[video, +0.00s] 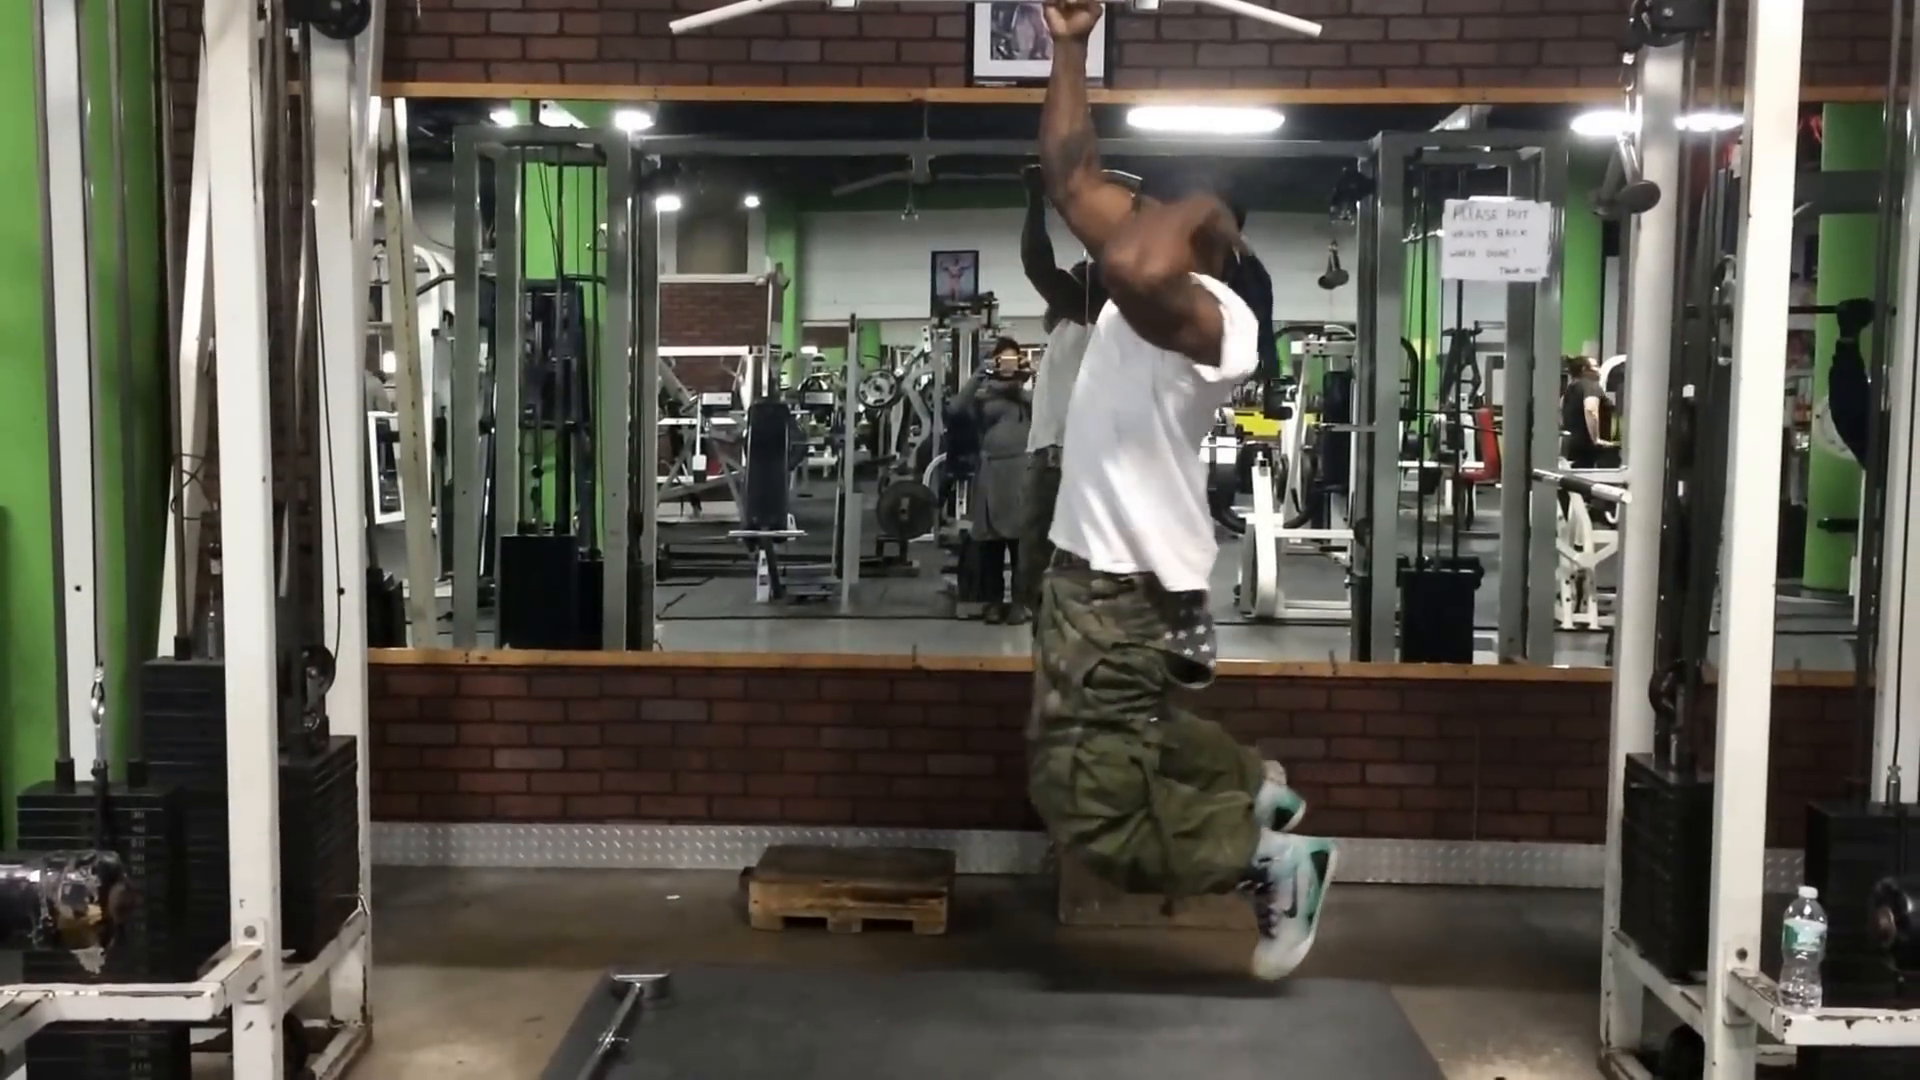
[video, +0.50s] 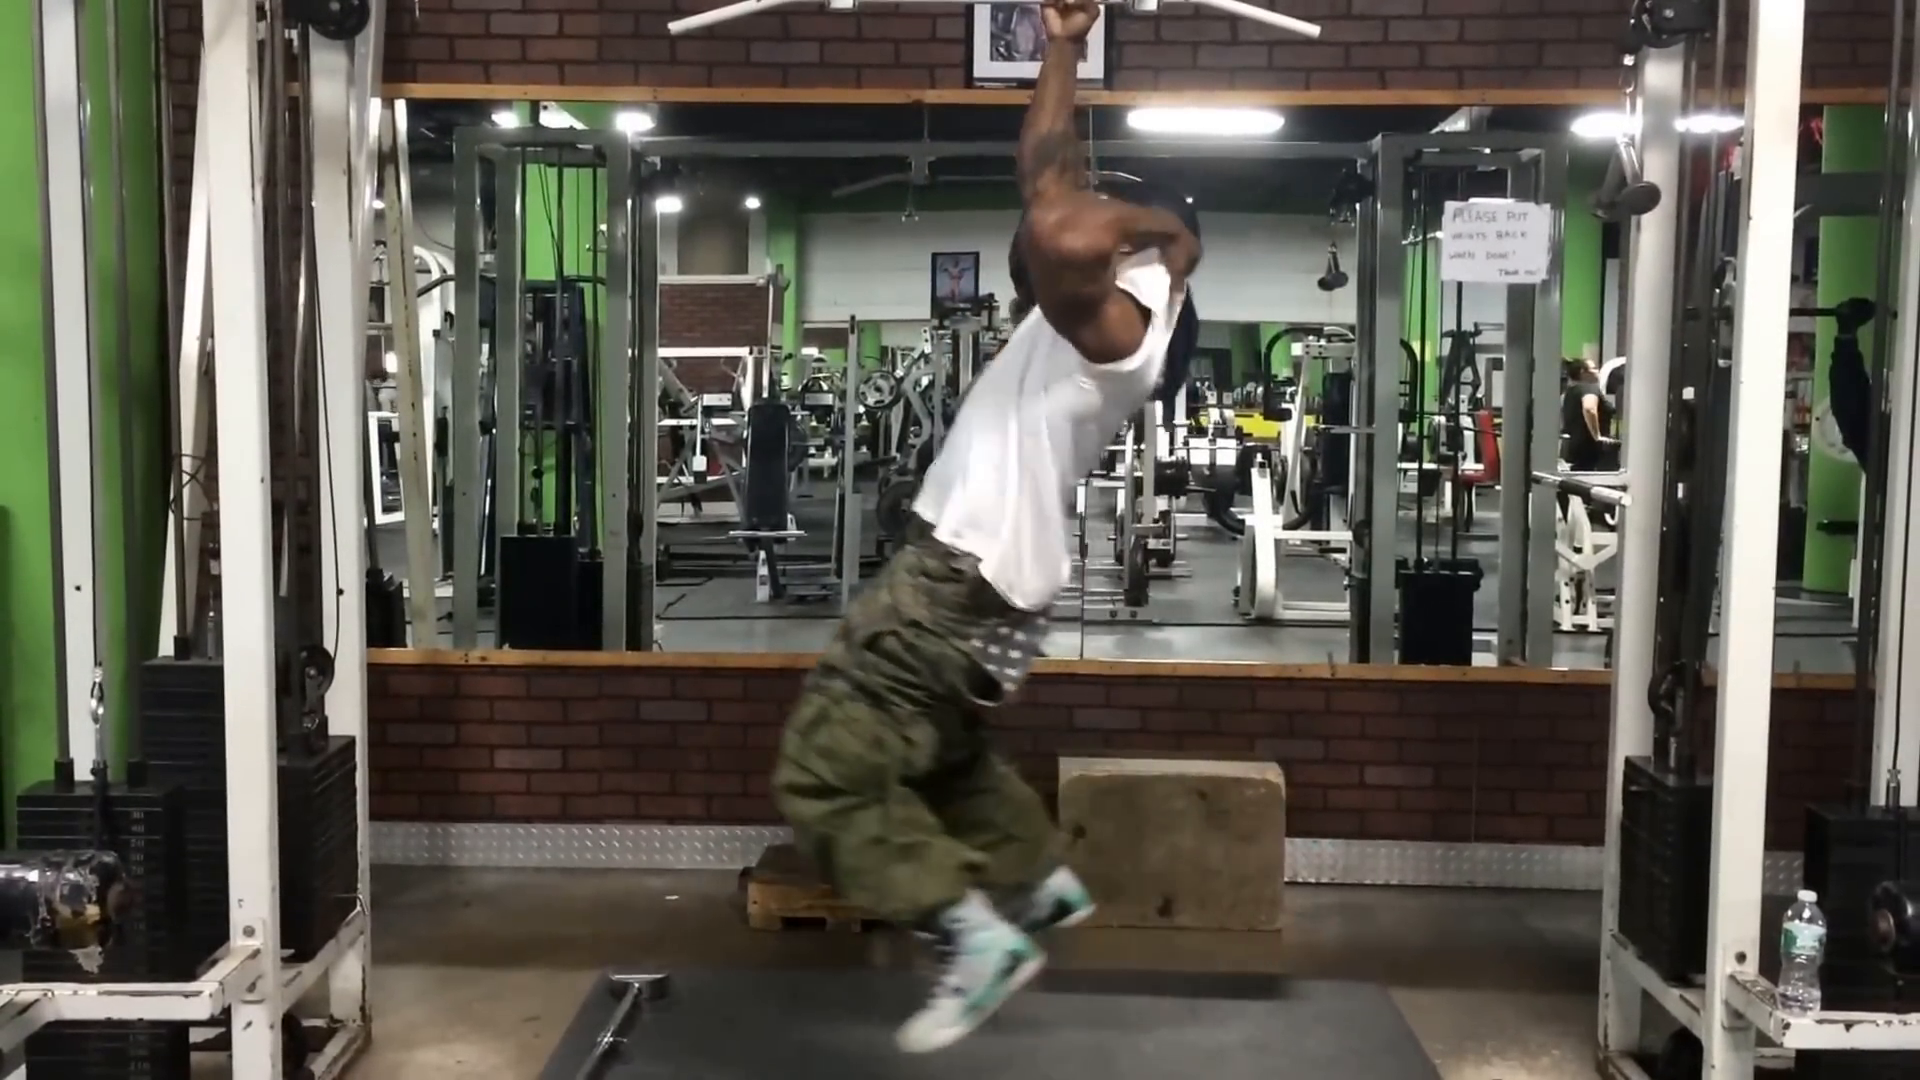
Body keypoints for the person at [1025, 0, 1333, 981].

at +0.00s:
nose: (1146, 222)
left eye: (1161, 214)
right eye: (1152, 210)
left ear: (1199, 245)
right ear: (1184, 241)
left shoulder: (1219, 315)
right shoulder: (1146, 283)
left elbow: (1137, 275)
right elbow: (1069, 175)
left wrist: (1190, 211)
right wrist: (1068, 45)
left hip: (1130, 581)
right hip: (1097, 570)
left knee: (1086, 806)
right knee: (1096, 739)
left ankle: (1271, 859)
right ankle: (1245, 784)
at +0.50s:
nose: (1078, 244)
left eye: (1098, 231)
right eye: (1090, 229)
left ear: (1135, 255)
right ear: (1123, 247)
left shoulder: (1124, 335)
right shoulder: (1102, 318)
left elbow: (1053, 239)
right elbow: (1046, 176)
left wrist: (1161, 228)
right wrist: (1064, 44)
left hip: (963, 571)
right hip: (997, 581)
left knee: (827, 768)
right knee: (934, 741)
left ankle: (976, 939)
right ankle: (1035, 881)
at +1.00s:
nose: (1066, 201)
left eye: (1076, 189)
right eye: (1073, 190)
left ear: (1117, 225)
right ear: (1139, 232)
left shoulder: (1110, 309)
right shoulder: (1097, 294)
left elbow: (979, 216)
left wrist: (1062, 128)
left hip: (977, 549)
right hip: (949, 519)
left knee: (782, 693)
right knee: (792, 599)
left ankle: (899, 876)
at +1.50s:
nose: (1171, 225)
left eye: (1194, 219)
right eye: (1174, 213)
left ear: (1232, 238)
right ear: (1164, 215)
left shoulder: (1233, 317)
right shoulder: (1131, 249)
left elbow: (1216, 256)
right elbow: (1045, 183)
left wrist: (1249, 214)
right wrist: (1058, 51)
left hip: (1085, 572)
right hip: (1015, 522)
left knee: (1017, 784)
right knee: (887, 643)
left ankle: (1172, 851)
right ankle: (938, 765)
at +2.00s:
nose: (1144, 237)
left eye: (1162, 224)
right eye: (1142, 224)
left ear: (1215, 233)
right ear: (1142, 233)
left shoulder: (1248, 313)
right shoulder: (1117, 278)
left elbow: (1265, 198)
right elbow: (1045, 173)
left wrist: (1234, 254)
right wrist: (1061, 39)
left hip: (1125, 588)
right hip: (1035, 559)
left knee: (1103, 812)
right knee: (952, 707)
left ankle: (1254, 831)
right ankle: (1033, 820)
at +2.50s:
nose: (1120, 231)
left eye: (1142, 225)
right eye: (1123, 219)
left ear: (1192, 266)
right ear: (1118, 233)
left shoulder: (1189, 343)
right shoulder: (1101, 284)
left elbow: (1149, 289)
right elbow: (1034, 166)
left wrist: (1203, 265)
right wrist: (1061, 38)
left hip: (1020, 589)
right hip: (951, 558)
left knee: (912, 788)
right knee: (851, 728)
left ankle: (1081, 923)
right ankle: (966, 876)